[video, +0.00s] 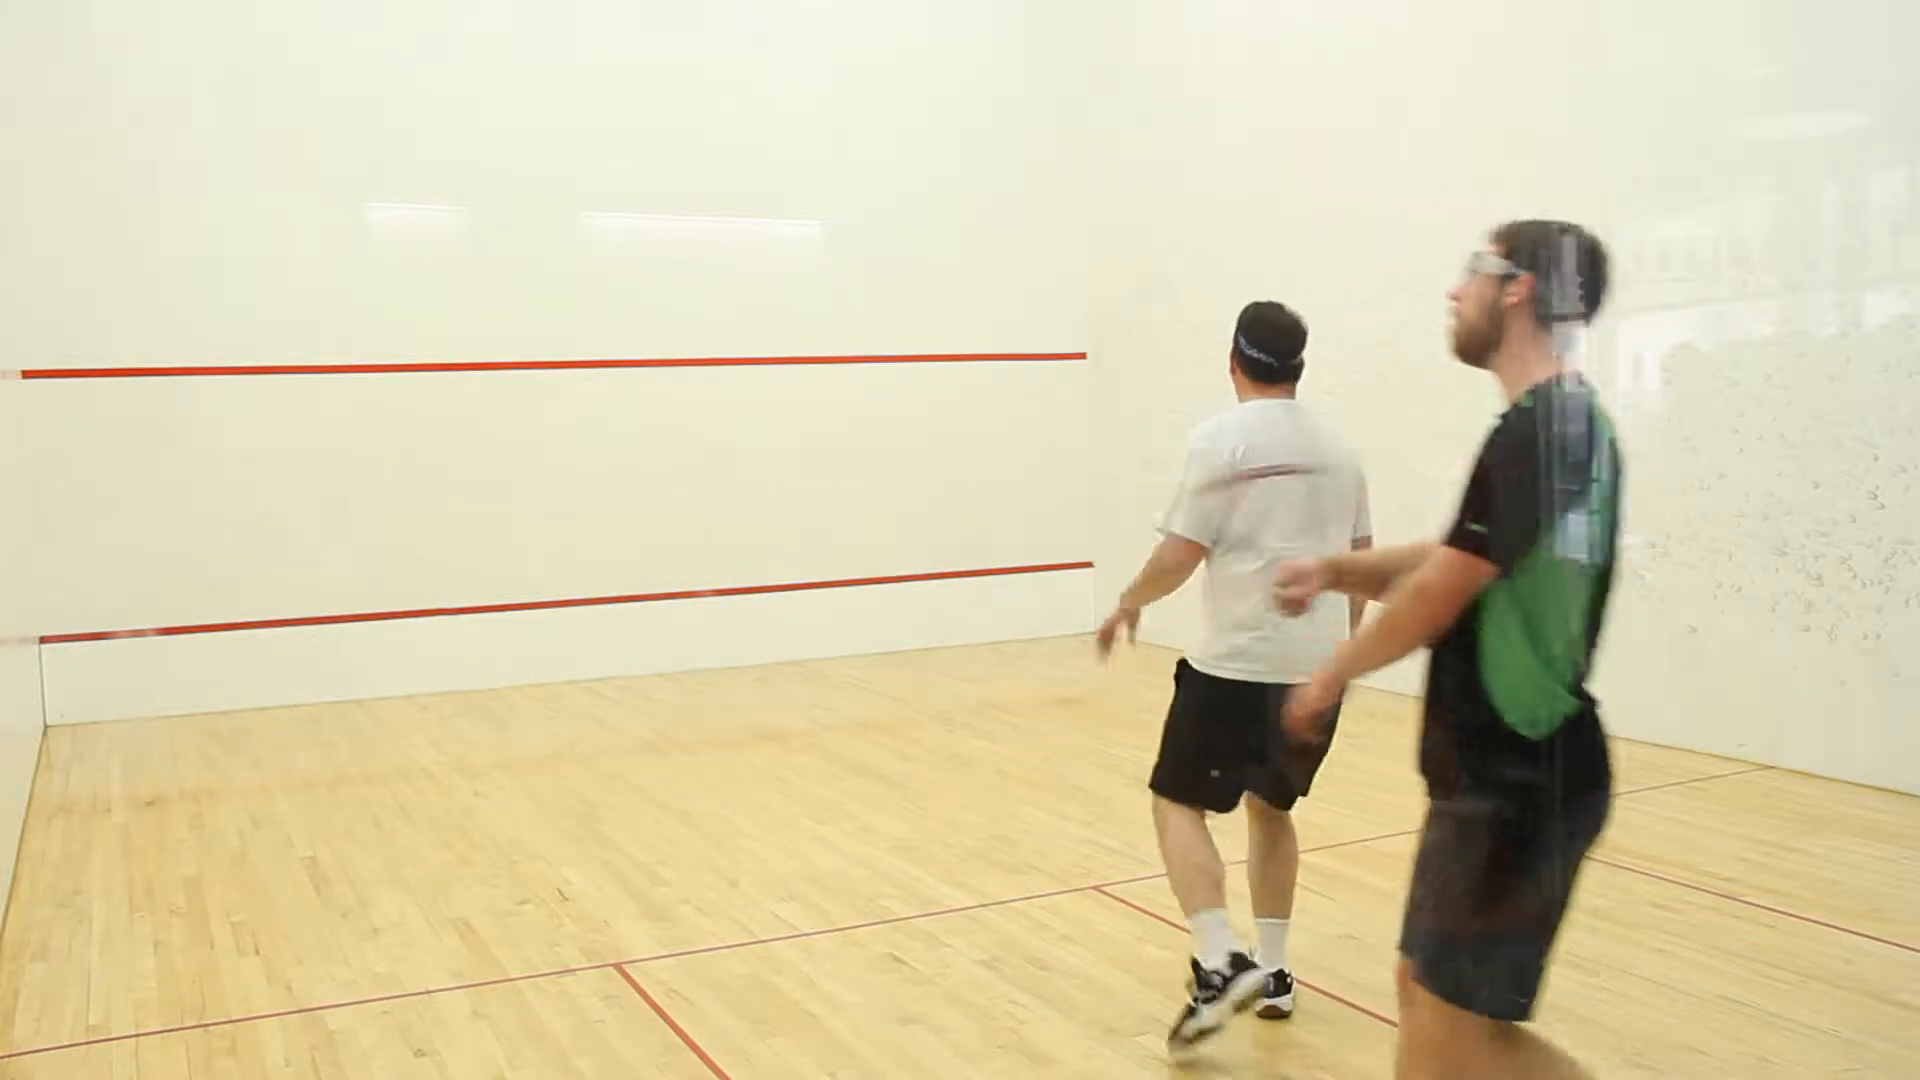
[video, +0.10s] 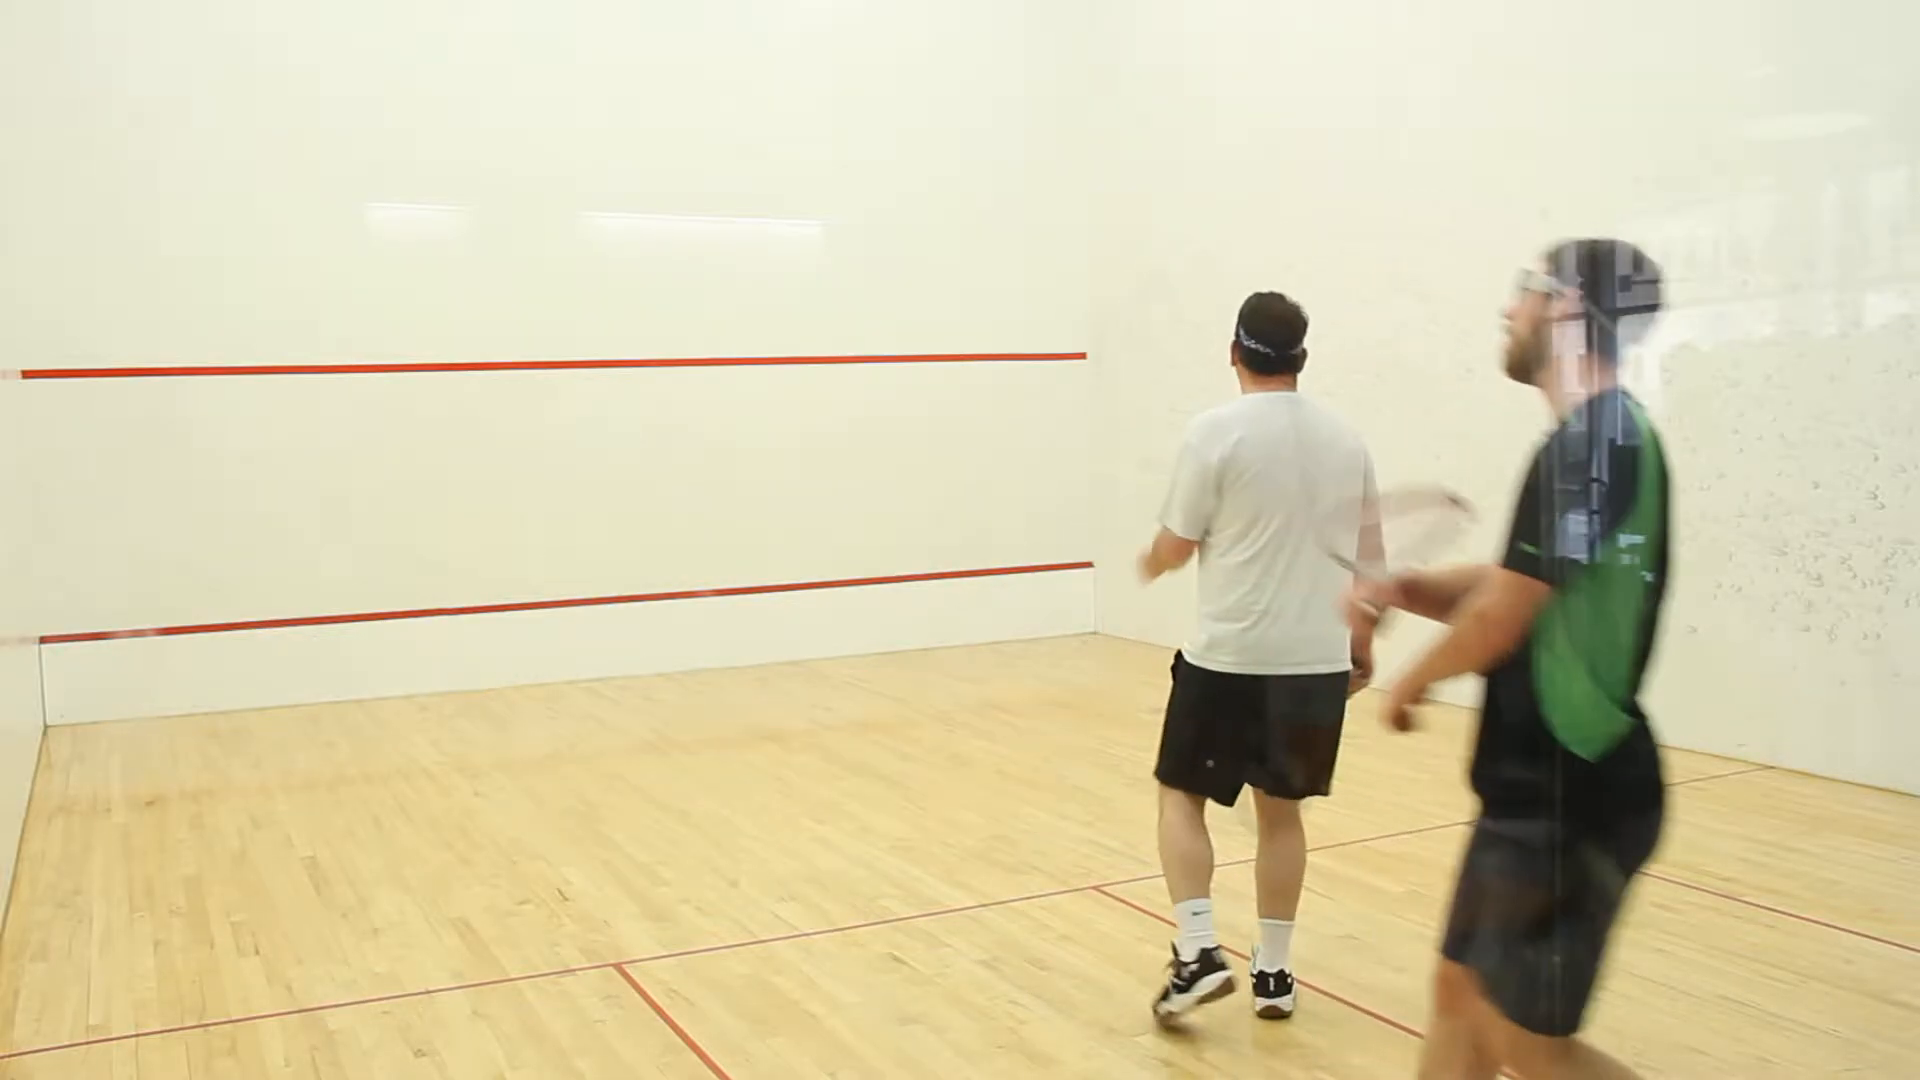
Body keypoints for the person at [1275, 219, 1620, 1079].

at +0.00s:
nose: (1453, 294)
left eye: (1472, 276)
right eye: (1464, 275)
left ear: (1520, 293)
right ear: (1533, 297)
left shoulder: (1534, 431)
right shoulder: (1575, 425)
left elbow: (1441, 592)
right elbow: (1468, 555)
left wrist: (1333, 673)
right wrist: (1340, 571)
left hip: (1510, 781)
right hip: (1518, 766)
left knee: (1448, 1020)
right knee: (1432, 987)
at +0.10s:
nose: (1508, 312)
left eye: (1526, 293)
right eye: (1518, 293)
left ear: (1572, 312)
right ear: (1586, 318)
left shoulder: (1587, 445)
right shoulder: (1611, 439)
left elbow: (1502, 615)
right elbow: (1527, 592)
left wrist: (1414, 681)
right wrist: (1401, 590)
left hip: (1569, 792)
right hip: (1539, 781)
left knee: (1522, 1033)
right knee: (1462, 988)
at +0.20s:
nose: (1558, 330)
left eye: (1574, 313)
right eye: (1569, 311)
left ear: (1612, 330)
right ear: (1629, 336)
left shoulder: (1638, 460)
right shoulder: (1667, 451)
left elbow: (1568, 643)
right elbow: (1585, 606)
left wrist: (1494, 710)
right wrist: (1467, 634)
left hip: (1640, 809)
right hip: (1606, 797)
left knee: (1609, 1039)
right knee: (1523, 1003)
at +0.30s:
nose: (1606, 324)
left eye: (1619, 308)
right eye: (1615, 307)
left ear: (1655, 322)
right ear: (1688, 330)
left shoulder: (1677, 456)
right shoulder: (1731, 444)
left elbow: (1635, 656)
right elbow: (1643, 623)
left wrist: (1572, 763)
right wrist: (1552, 695)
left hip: (1693, 796)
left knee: (1645, 1010)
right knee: (1592, 988)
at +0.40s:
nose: (1658, 295)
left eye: (1677, 280)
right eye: (1669, 277)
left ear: (1715, 299)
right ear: (1748, 309)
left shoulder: (1723, 423)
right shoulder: (1787, 413)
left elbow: (1709, 619)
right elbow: (1772, 600)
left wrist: (1692, 788)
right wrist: (1684, 740)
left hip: (1766, 760)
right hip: (1786, 744)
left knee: (1718, 1002)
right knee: (1650, 949)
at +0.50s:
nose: (1709, 276)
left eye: (1725, 262)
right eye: (1720, 259)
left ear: (1755, 280)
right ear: (1800, 290)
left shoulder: (1772, 397)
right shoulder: (1837, 397)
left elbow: (1790, 579)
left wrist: (1801, 758)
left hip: (1805, 749)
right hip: (1842, 735)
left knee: (1771, 984)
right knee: (1735, 933)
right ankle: (1798, 1060)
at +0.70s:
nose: (1825, 300)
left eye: (1833, 286)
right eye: (1831, 285)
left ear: (1857, 301)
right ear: (1907, 309)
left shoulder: (1871, 411)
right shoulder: (1882, 407)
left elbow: (1903, 556)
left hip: (1882, 751)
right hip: (1876, 745)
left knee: (1799, 1001)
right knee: (1801, 995)